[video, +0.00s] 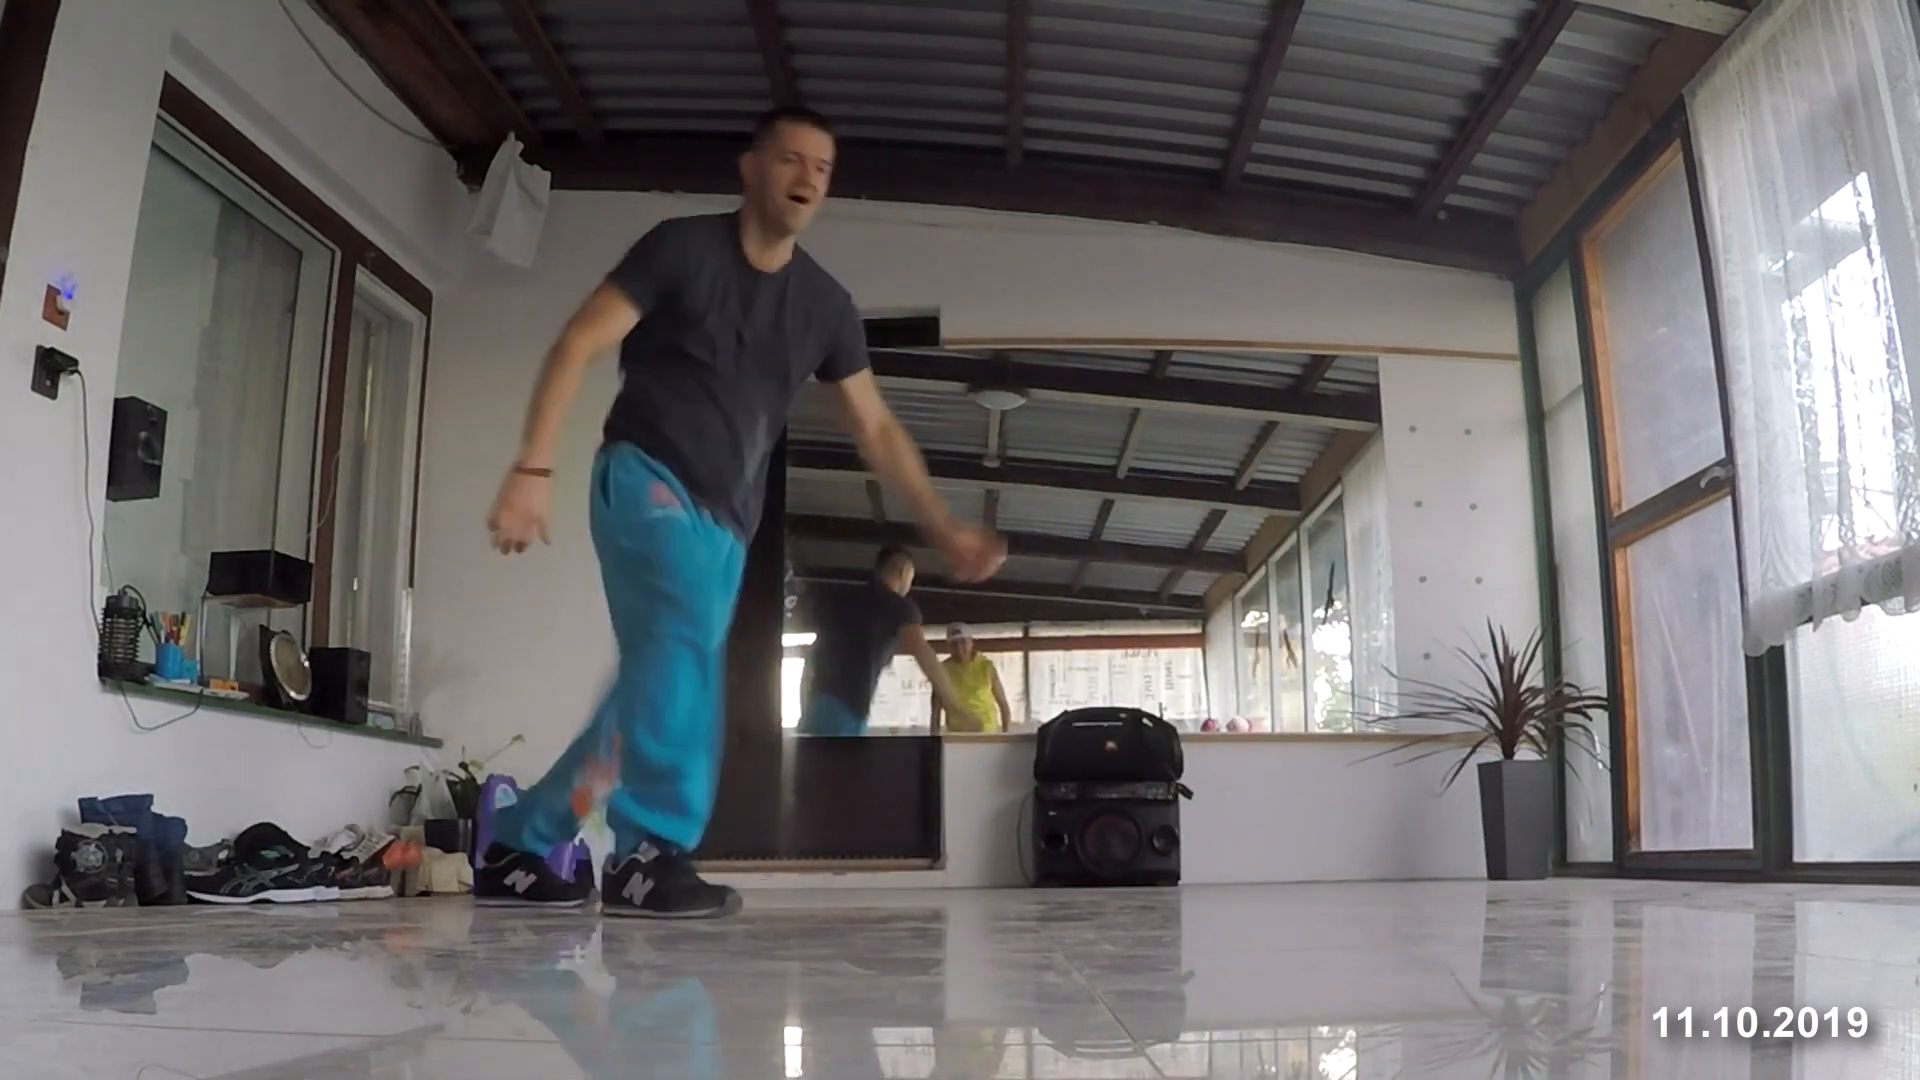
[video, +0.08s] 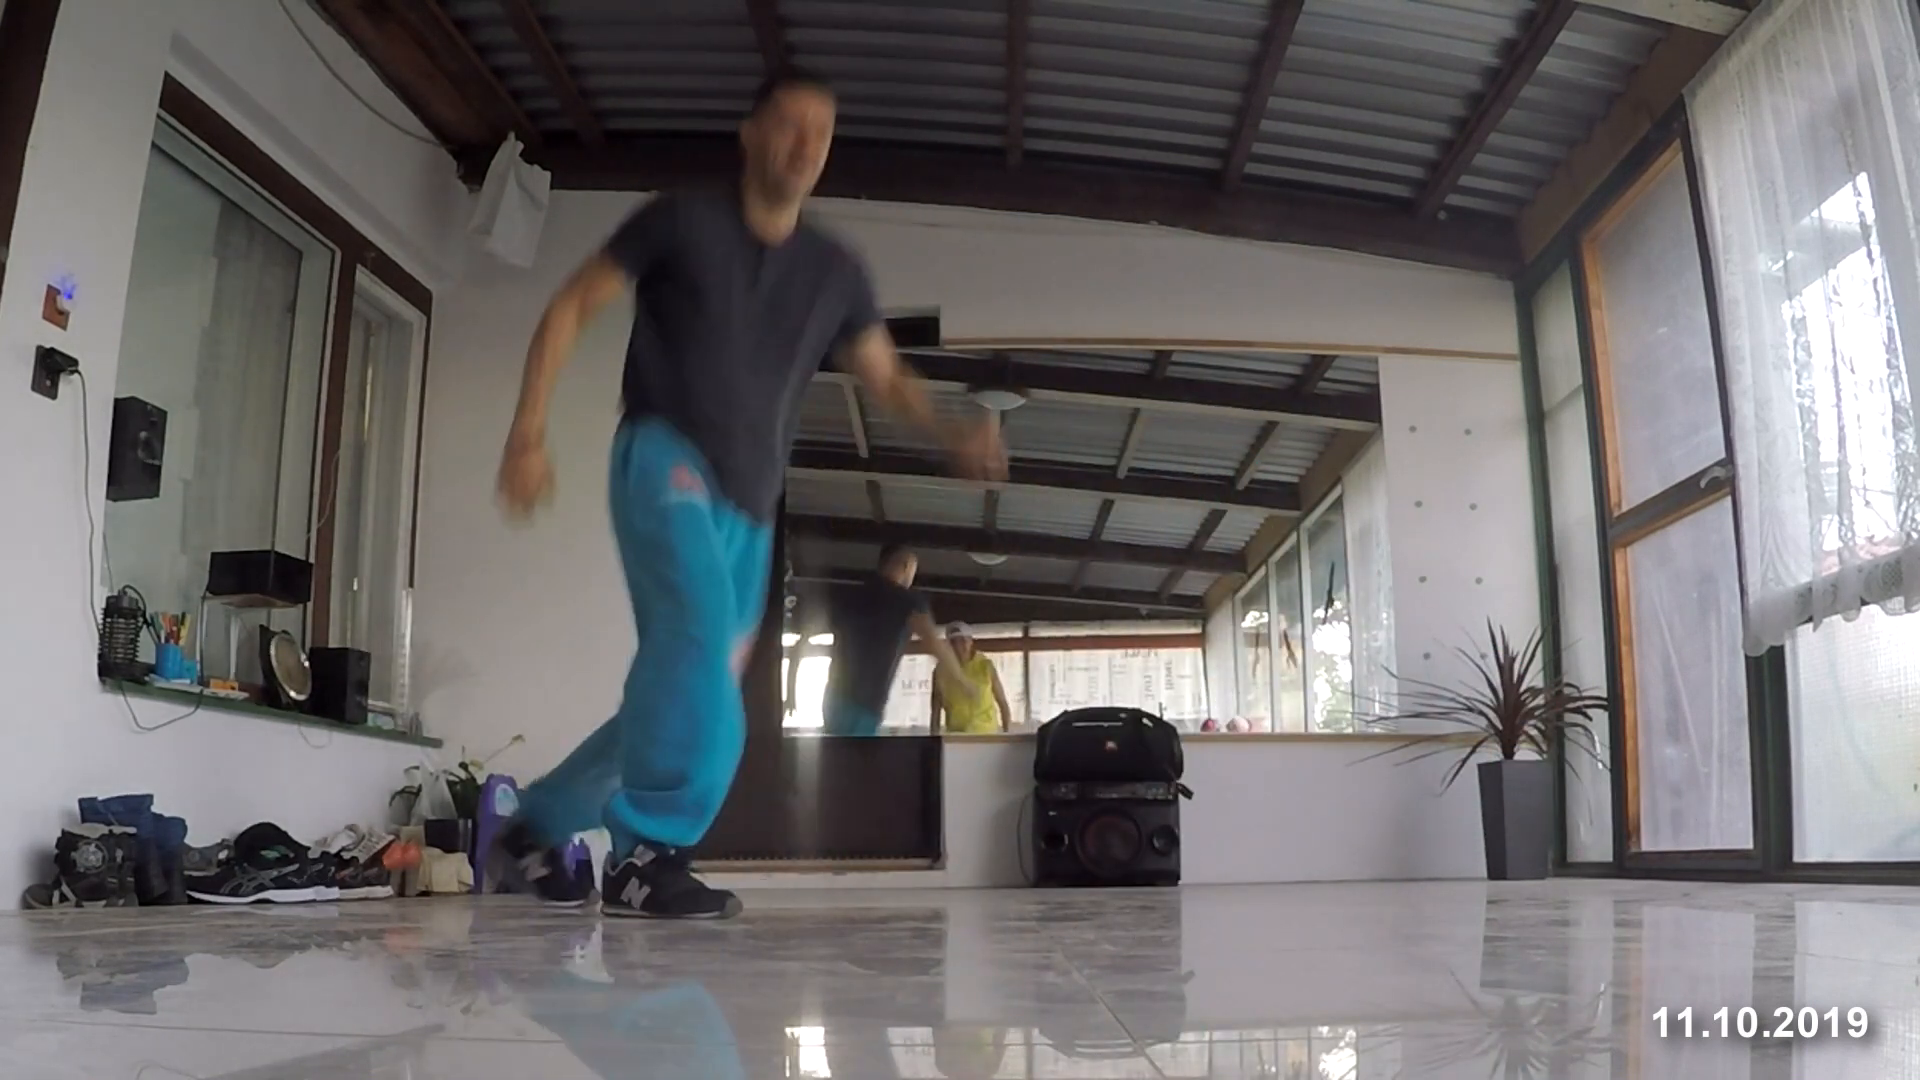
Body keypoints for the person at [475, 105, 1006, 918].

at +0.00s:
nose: (807, 181)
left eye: (820, 171)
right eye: (791, 162)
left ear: (827, 187)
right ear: (748, 166)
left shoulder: (826, 305)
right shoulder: (683, 248)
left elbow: (877, 427)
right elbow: (574, 344)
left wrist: (944, 528)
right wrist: (529, 469)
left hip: (727, 518)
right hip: (646, 479)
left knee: (666, 674)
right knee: (679, 642)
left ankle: (521, 839)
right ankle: (651, 852)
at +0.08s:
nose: (799, 146)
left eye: (816, 136)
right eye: (786, 125)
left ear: (828, 155)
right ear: (749, 132)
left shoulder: (835, 270)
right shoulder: (684, 219)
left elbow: (889, 381)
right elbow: (568, 305)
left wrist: (953, 431)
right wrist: (526, 434)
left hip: (751, 500)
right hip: (666, 457)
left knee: (694, 684)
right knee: (699, 643)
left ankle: (528, 829)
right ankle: (651, 856)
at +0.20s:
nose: (843, 62)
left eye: (855, 49)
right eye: (828, 42)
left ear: (865, 63)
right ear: (783, 45)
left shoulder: (873, 175)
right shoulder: (711, 126)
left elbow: (921, 287)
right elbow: (618, 221)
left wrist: (945, 313)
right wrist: (579, 335)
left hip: (794, 417)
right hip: (695, 390)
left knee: (779, 609)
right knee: (661, 588)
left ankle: (685, 791)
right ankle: (617, 804)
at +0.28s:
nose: (864, 28)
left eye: (876, 17)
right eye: (848, 10)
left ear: (884, 31)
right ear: (801, 16)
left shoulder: (896, 145)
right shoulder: (723, 105)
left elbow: (949, 259)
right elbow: (636, 208)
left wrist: (974, 298)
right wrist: (599, 327)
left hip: (826, 384)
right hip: (713, 362)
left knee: (833, 574)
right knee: (681, 534)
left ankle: (771, 784)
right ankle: (620, 729)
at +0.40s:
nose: (888, 33)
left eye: (902, 23)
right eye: (871, 13)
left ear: (909, 43)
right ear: (825, 21)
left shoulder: (922, 148)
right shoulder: (743, 126)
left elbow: (992, 273)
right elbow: (674, 238)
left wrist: (1036, 363)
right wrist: (646, 351)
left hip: (868, 393)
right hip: (747, 388)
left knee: (872, 593)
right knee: (716, 590)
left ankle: (806, 834)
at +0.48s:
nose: (913, 67)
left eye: (930, 61)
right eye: (901, 47)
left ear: (937, 87)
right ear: (858, 55)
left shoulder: (953, 185)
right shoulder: (777, 163)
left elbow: (1026, 321)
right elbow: (721, 299)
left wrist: (1085, 438)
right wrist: (732, 403)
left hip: (903, 430)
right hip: (801, 442)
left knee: (860, 629)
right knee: (802, 649)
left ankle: (800, 844)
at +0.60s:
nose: (916, 76)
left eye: (931, 69)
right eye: (900, 59)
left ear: (941, 94)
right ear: (854, 74)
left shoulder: (973, 185)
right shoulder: (796, 191)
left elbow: (1044, 317)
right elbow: (758, 339)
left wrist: (1097, 437)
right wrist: (794, 453)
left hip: (952, 437)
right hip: (855, 458)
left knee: (886, 630)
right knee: (911, 658)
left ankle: (805, 841)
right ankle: (1082, 824)